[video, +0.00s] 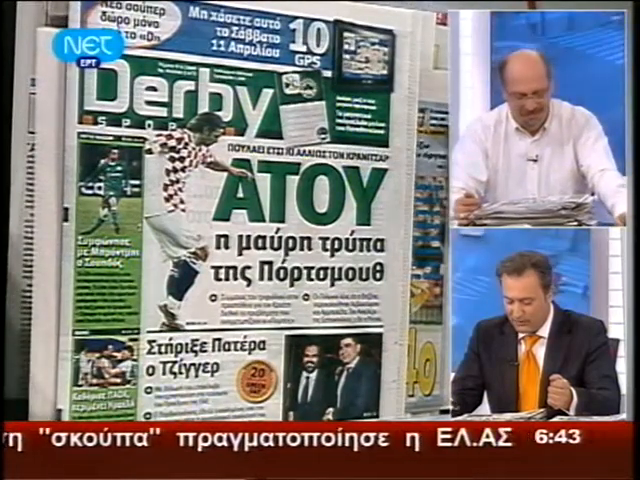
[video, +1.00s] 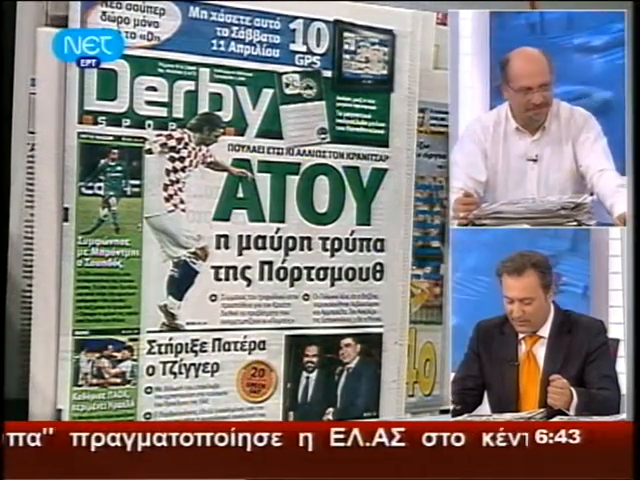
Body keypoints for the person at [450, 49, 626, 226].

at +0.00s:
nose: (531, 105)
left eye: (538, 94)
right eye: (519, 97)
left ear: (550, 86)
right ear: (505, 92)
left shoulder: (579, 123)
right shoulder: (482, 130)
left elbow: (604, 173)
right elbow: (462, 188)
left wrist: (625, 210)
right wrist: (463, 208)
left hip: (567, 243)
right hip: (500, 243)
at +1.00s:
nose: (537, 99)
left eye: (544, 88)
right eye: (526, 91)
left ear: (553, 84)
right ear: (505, 90)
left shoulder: (579, 123)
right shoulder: (481, 131)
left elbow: (602, 173)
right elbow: (462, 189)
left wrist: (624, 210)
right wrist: (463, 208)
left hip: (567, 245)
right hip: (499, 245)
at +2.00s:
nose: (536, 102)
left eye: (543, 91)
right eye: (525, 93)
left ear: (552, 84)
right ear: (506, 91)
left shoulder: (580, 123)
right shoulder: (482, 131)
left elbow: (603, 173)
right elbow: (462, 189)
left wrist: (624, 210)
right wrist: (463, 208)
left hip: (567, 245)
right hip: (500, 245)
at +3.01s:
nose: (537, 104)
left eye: (544, 92)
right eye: (526, 96)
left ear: (552, 84)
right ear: (506, 91)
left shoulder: (580, 124)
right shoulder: (482, 131)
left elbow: (603, 173)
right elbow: (462, 188)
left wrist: (624, 209)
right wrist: (463, 208)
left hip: (567, 245)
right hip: (500, 245)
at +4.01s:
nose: (533, 107)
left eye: (540, 96)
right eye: (521, 98)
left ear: (551, 86)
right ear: (505, 91)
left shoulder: (580, 124)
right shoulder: (482, 131)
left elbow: (604, 174)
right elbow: (462, 189)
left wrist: (624, 211)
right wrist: (463, 208)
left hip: (566, 245)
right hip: (499, 245)